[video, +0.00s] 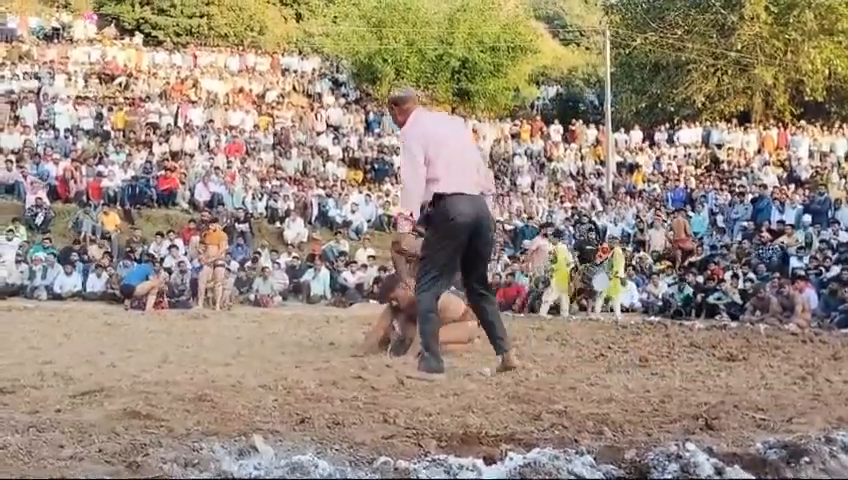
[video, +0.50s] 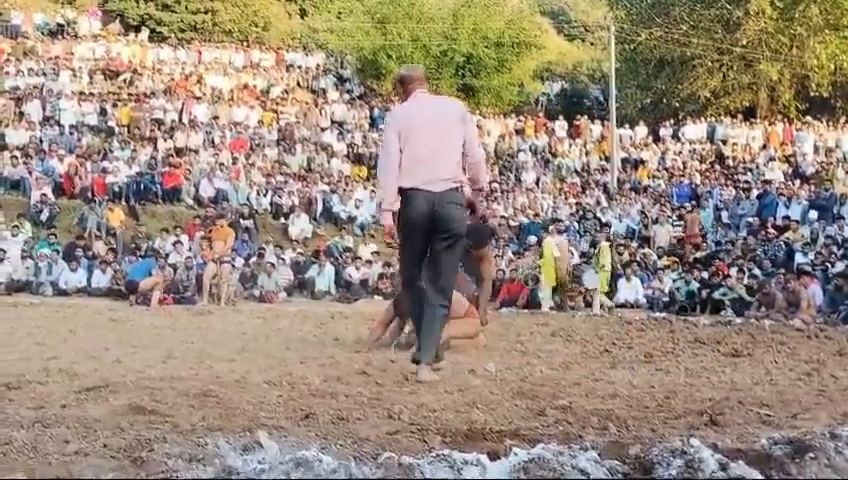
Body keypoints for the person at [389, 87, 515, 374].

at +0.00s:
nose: (394, 121)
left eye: (392, 115)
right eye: (392, 115)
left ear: (398, 108)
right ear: (416, 103)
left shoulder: (413, 130)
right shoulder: (453, 122)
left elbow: (414, 176)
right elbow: (480, 163)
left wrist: (407, 216)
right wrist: (485, 195)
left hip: (450, 206)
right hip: (480, 205)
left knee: (428, 287)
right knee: (478, 286)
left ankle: (431, 359)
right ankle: (506, 352)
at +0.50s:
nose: (396, 98)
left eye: (396, 94)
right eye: (396, 95)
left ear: (402, 91)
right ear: (425, 85)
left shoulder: (398, 114)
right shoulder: (457, 108)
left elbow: (389, 163)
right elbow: (475, 155)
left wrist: (387, 207)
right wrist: (478, 189)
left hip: (414, 198)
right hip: (452, 197)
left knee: (412, 278)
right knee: (442, 285)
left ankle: (428, 346)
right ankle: (425, 363)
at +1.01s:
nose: (417, 69)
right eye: (422, 64)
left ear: (397, 70)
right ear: (425, 66)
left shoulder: (384, 101)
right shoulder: (446, 93)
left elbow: (374, 152)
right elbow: (457, 144)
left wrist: (373, 196)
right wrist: (468, 190)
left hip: (398, 192)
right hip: (437, 191)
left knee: (390, 276)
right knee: (436, 280)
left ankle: (372, 359)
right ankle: (430, 360)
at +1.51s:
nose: (382, 67)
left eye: (375, 62)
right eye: (389, 61)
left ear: (365, 68)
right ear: (393, 63)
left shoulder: (351, 99)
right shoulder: (416, 90)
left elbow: (343, 152)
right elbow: (429, 141)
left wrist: (342, 198)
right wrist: (441, 185)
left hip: (366, 191)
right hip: (407, 188)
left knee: (366, 279)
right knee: (416, 277)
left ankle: (367, 363)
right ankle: (422, 359)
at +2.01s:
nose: (380, 66)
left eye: (371, 61)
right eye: (391, 59)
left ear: (367, 64)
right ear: (393, 61)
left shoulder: (352, 99)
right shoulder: (416, 91)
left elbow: (343, 150)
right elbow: (428, 143)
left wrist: (339, 197)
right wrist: (440, 188)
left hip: (367, 192)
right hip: (407, 190)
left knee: (365, 280)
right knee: (413, 279)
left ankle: (365, 364)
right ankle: (415, 365)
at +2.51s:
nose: (403, 65)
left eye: (392, 59)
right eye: (410, 60)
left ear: (386, 60)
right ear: (415, 61)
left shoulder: (365, 93)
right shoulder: (428, 90)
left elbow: (356, 144)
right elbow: (437, 145)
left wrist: (357, 185)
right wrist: (448, 194)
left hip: (374, 190)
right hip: (415, 189)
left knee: (369, 278)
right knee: (419, 278)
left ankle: (366, 364)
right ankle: (419, 364)